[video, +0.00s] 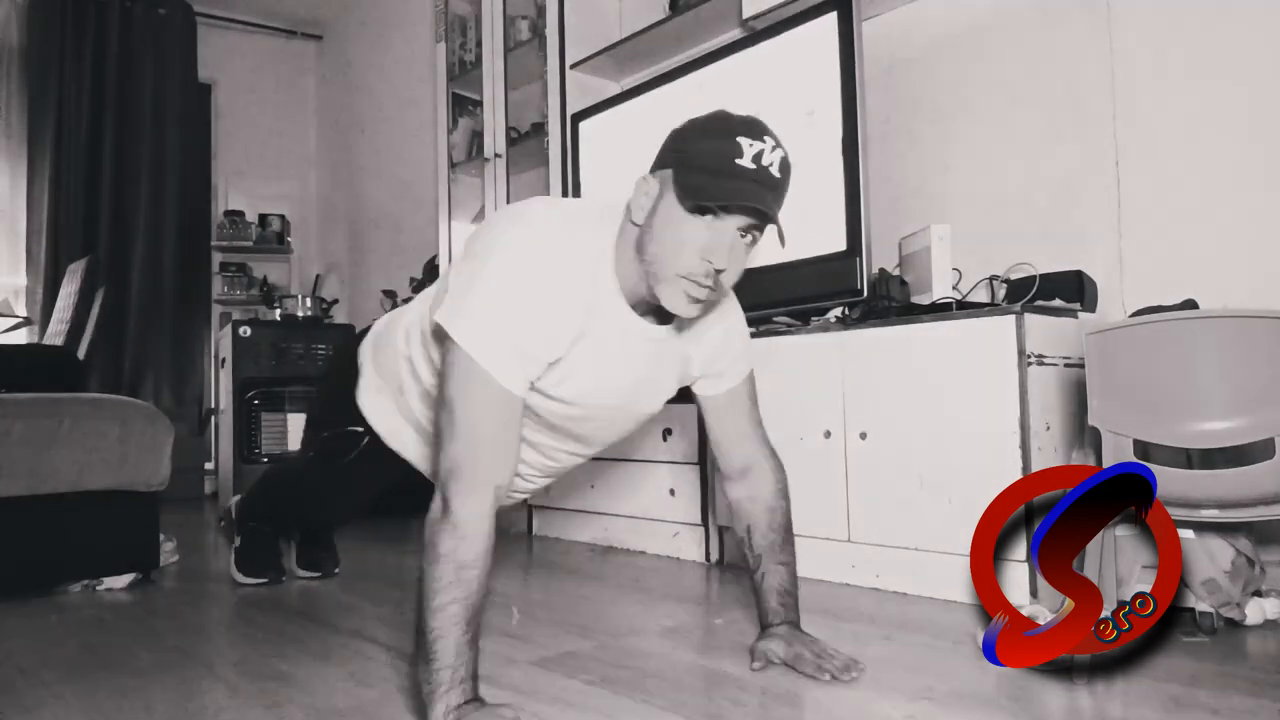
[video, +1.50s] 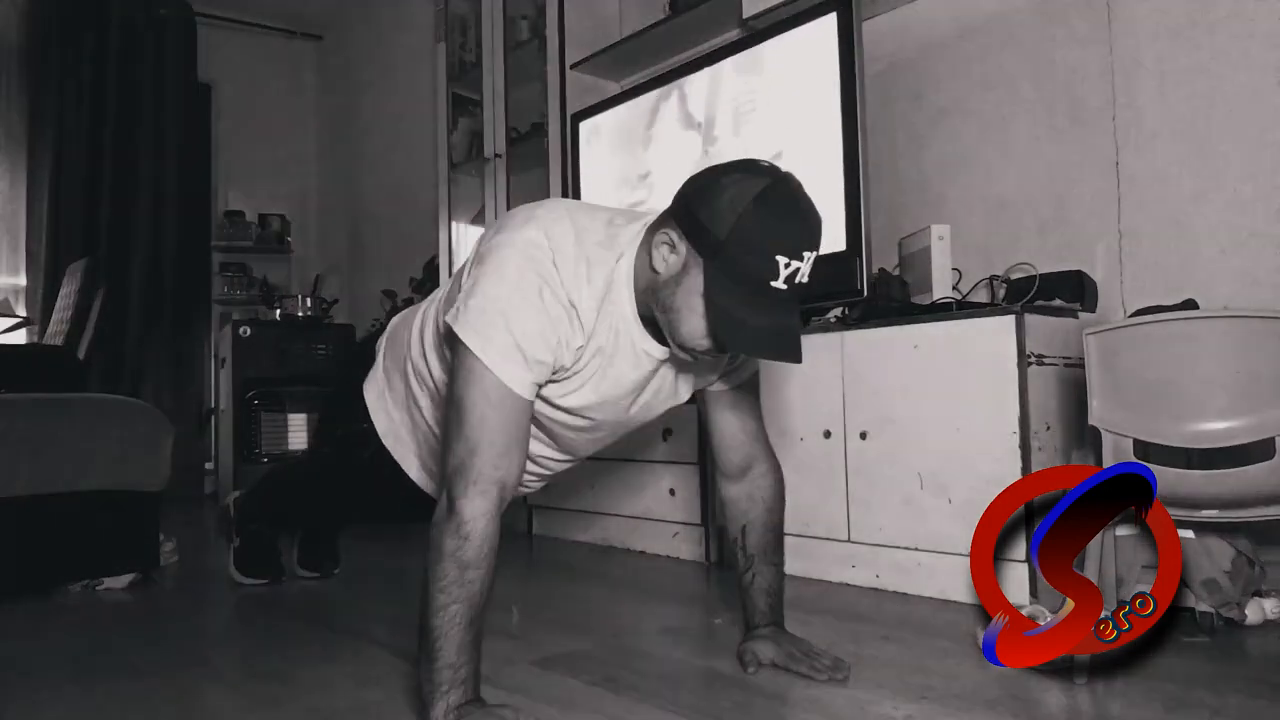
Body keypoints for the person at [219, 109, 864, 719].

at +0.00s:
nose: (722, 260)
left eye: (749, 236)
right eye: (708, 216)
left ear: (759, 245)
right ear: (649, 198)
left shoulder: (711, 315)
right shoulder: (525, 253)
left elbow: (749, 471)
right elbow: (464, 506)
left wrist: (782, 624)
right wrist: (451, 703)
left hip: (476, 464)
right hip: (386, 412)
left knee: (372, 498)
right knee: (319, 488)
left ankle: (313, 523)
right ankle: (257, 517)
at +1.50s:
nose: (734, 351)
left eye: (752, 333)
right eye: (728, 319)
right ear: (669, 253)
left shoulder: (718, 316)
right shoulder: (536, 260)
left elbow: (746, 471)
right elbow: (473, 496)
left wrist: (765, 630)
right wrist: (450, 700)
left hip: (499, 461)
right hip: (404, 417)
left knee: (373, 505)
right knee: (319, 485)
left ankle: (313, 525)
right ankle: (250, 518)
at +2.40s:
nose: (753, 353)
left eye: (765, 335)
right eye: (745, 324)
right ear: (686, 264)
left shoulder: (724, 329)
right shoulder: (546, 276)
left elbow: (749, 468)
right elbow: (449, 502)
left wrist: (766, 627)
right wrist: (449, 697)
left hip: (485, 451)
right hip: (402, 411)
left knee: (368, 492)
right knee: (319, 483)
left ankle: (314, 524)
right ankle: (251, 522)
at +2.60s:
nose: (776, 534)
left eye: (795, 520)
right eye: (775, 510)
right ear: (742, 445)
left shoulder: (780, 409)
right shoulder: (585, 401)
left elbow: (776, 513)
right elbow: (396, 528)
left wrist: (765, 625)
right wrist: (446, 702)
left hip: (523, 483)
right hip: (432, 438)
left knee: (358, 509)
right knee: (324, 494)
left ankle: (303, 543)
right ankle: (255, 521)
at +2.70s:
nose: (809, 624)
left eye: (830, 608)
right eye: (807, 599)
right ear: (757, 531)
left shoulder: (800, 482)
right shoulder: (615, 467)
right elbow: (394, 528)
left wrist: (771, 637)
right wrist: (444, 702)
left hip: (528, 485)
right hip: (430, 469)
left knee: (354, 532)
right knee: (321, 519)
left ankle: (277, 533)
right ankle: (254, 521)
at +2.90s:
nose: (842, 698)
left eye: (863, 680)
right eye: (840, 670)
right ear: (781, 595)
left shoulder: (825, 520)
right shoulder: (629, 533)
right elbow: (402, 533)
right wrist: (444, 702)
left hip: (550, 498)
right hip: (450, 540)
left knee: (388, 509)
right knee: (345, 538)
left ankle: (318, 496)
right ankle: (273, 517)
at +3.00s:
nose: (832, 654)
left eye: (851, 635)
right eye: (832, 627)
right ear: (776, 555)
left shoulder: (811, 506)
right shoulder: (626, 505)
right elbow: (395, 533)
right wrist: (446, 702)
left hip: (546, 489)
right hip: (446, 514)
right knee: (324, 532)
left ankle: (286, 524)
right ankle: (263, 529)